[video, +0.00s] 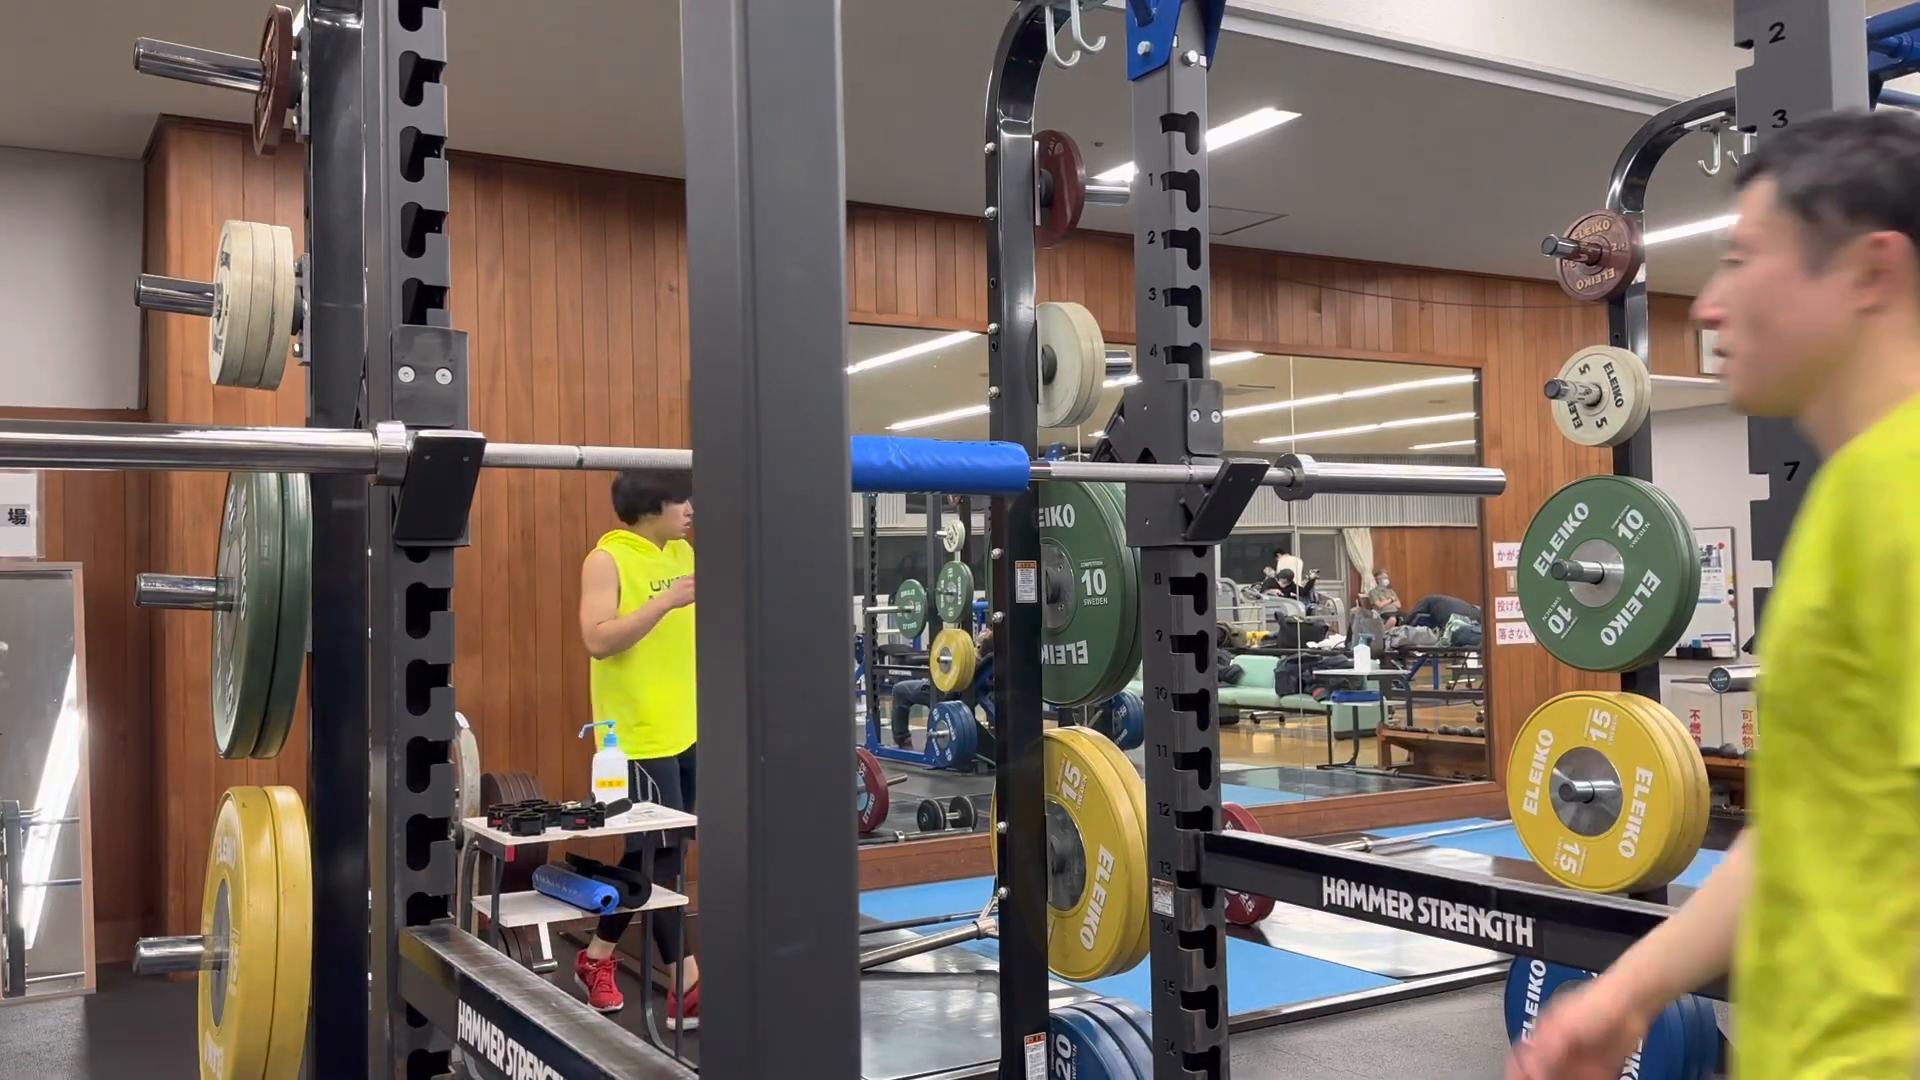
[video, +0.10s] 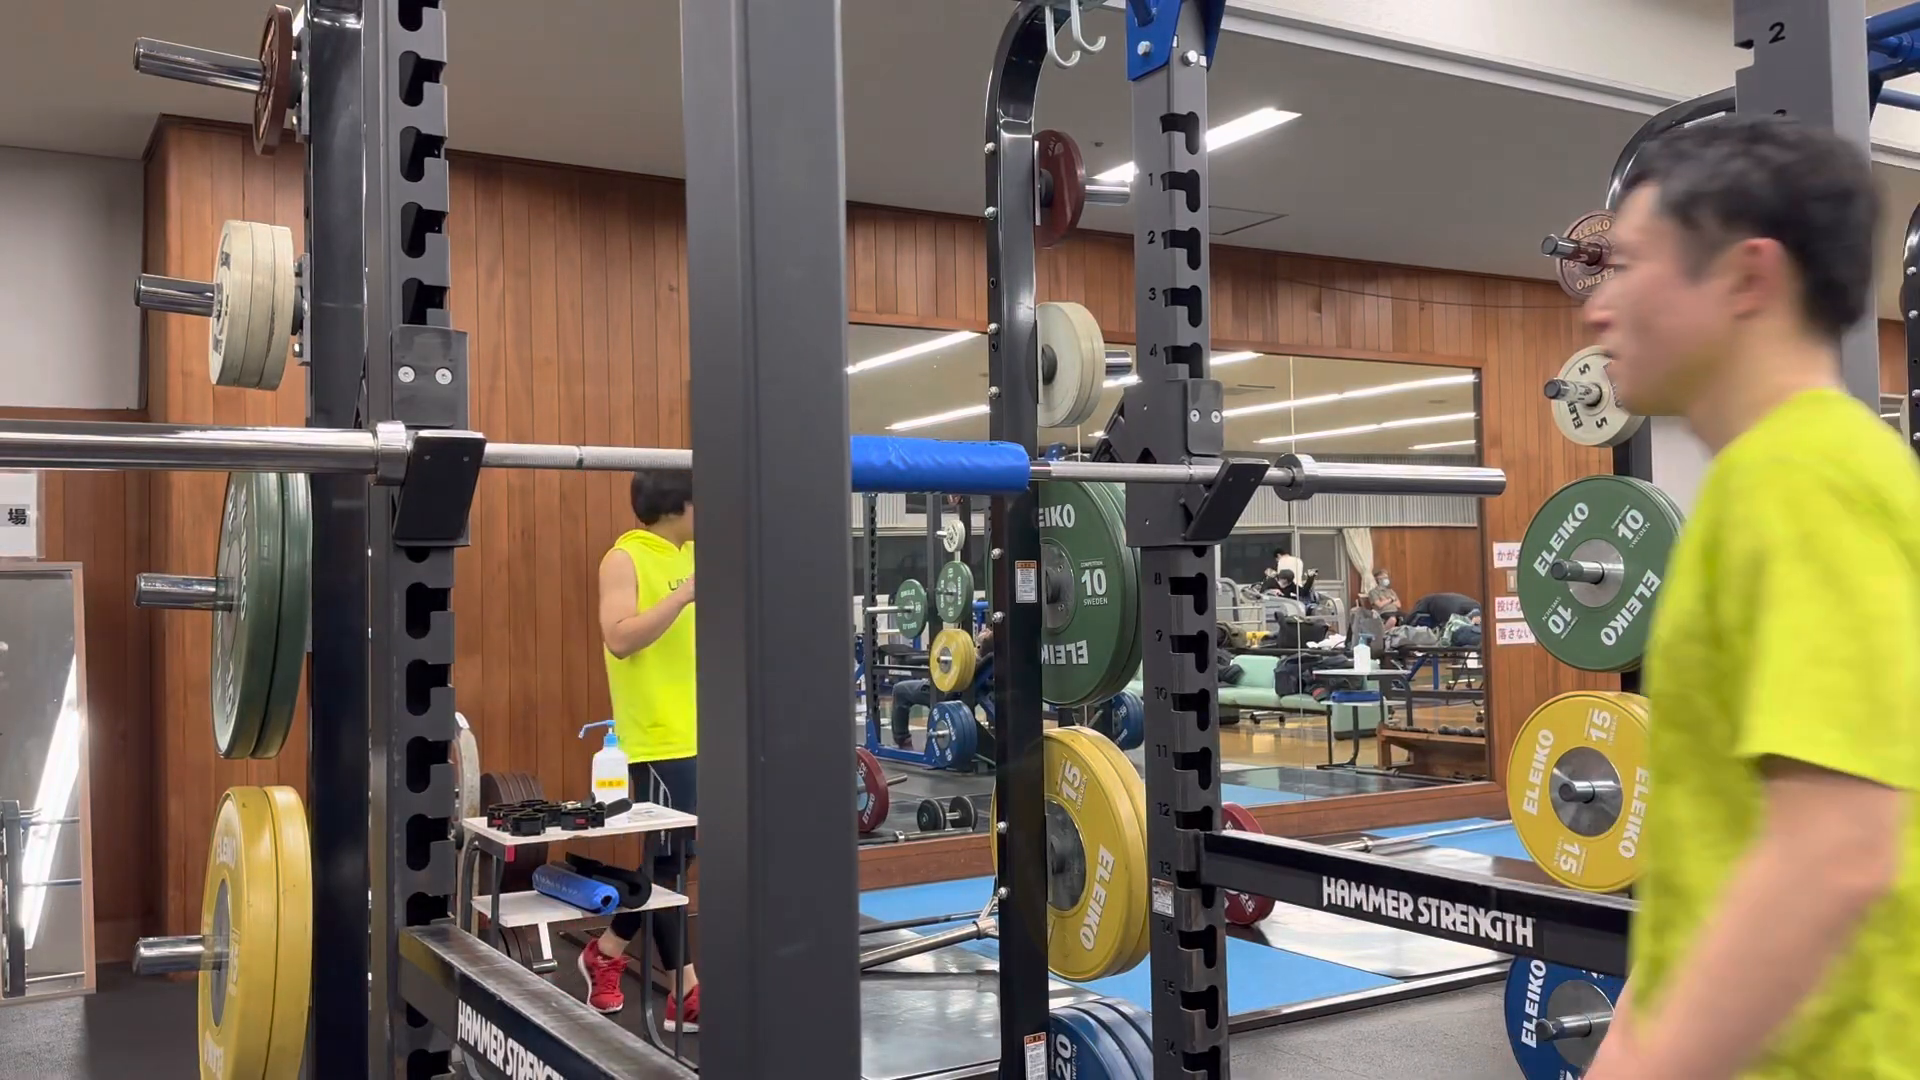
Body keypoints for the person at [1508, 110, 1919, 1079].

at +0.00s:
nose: (1704, 301)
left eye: (1740, 257)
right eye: (1721, 263)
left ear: (1876, 273)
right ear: (1872, 274)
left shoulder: (1889, 489)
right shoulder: (1851, 491)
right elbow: (1806, 817)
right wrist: (1635, 988)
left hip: (1866, 1046)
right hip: (1799, 1042)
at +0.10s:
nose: (1591, 306)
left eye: (1620, 264)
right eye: (1601, 269)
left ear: (1748, 279)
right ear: (1746, 283)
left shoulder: (1804, 471)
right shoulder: (1770, 472)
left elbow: (1838, 847)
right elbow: (1731, 833)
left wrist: (1639, 1062)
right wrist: (1634, 1032)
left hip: (1814, 1052)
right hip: (1760, 1043)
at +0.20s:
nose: (1490, 313)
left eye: (1517, 273)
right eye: (1500, 277)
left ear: (1634, 285)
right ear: (1634, 287)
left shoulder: (1683, 473)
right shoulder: (1707, 462)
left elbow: (1684, 827)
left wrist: (1409, 1015)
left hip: (1717, 1049)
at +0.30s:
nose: (1424, 321)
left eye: (1448, 282)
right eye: (1434, 285)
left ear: (1558, 295)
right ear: (1555, 298)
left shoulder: (1600, 480)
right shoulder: (1626, 467)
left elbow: (1600, 819)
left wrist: (1311, 984)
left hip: (1659, 1047)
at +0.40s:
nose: (1331, 343)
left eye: (1354, 307)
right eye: (1340, 312)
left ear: (1456, 322)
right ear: (1453, 325)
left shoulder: (1489, 494)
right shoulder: (1546, 485)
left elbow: (1489, 815)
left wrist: (1226, 1000)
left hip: (1544, 1046)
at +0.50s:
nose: (1256, 357)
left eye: (1277, 323)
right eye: (1263, 328)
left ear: (1371, 342)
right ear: (1375, 347)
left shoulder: (1396, 506)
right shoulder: (1461, 500)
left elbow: (1409, 805)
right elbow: (1477, 821)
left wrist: (1222, 1054)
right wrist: (1314, 911)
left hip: (1429, 1047)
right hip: (1492, 1037)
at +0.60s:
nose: (1167, 359)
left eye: (1190, 327)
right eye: (1177, 330)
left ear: (1278, 339)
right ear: (1270, 340)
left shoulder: (1305, 495)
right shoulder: (1320, 489)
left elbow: (1337, 786)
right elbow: (1267, 772)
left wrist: (1312, 1056)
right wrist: (1086, 808)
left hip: (1321, 1042)